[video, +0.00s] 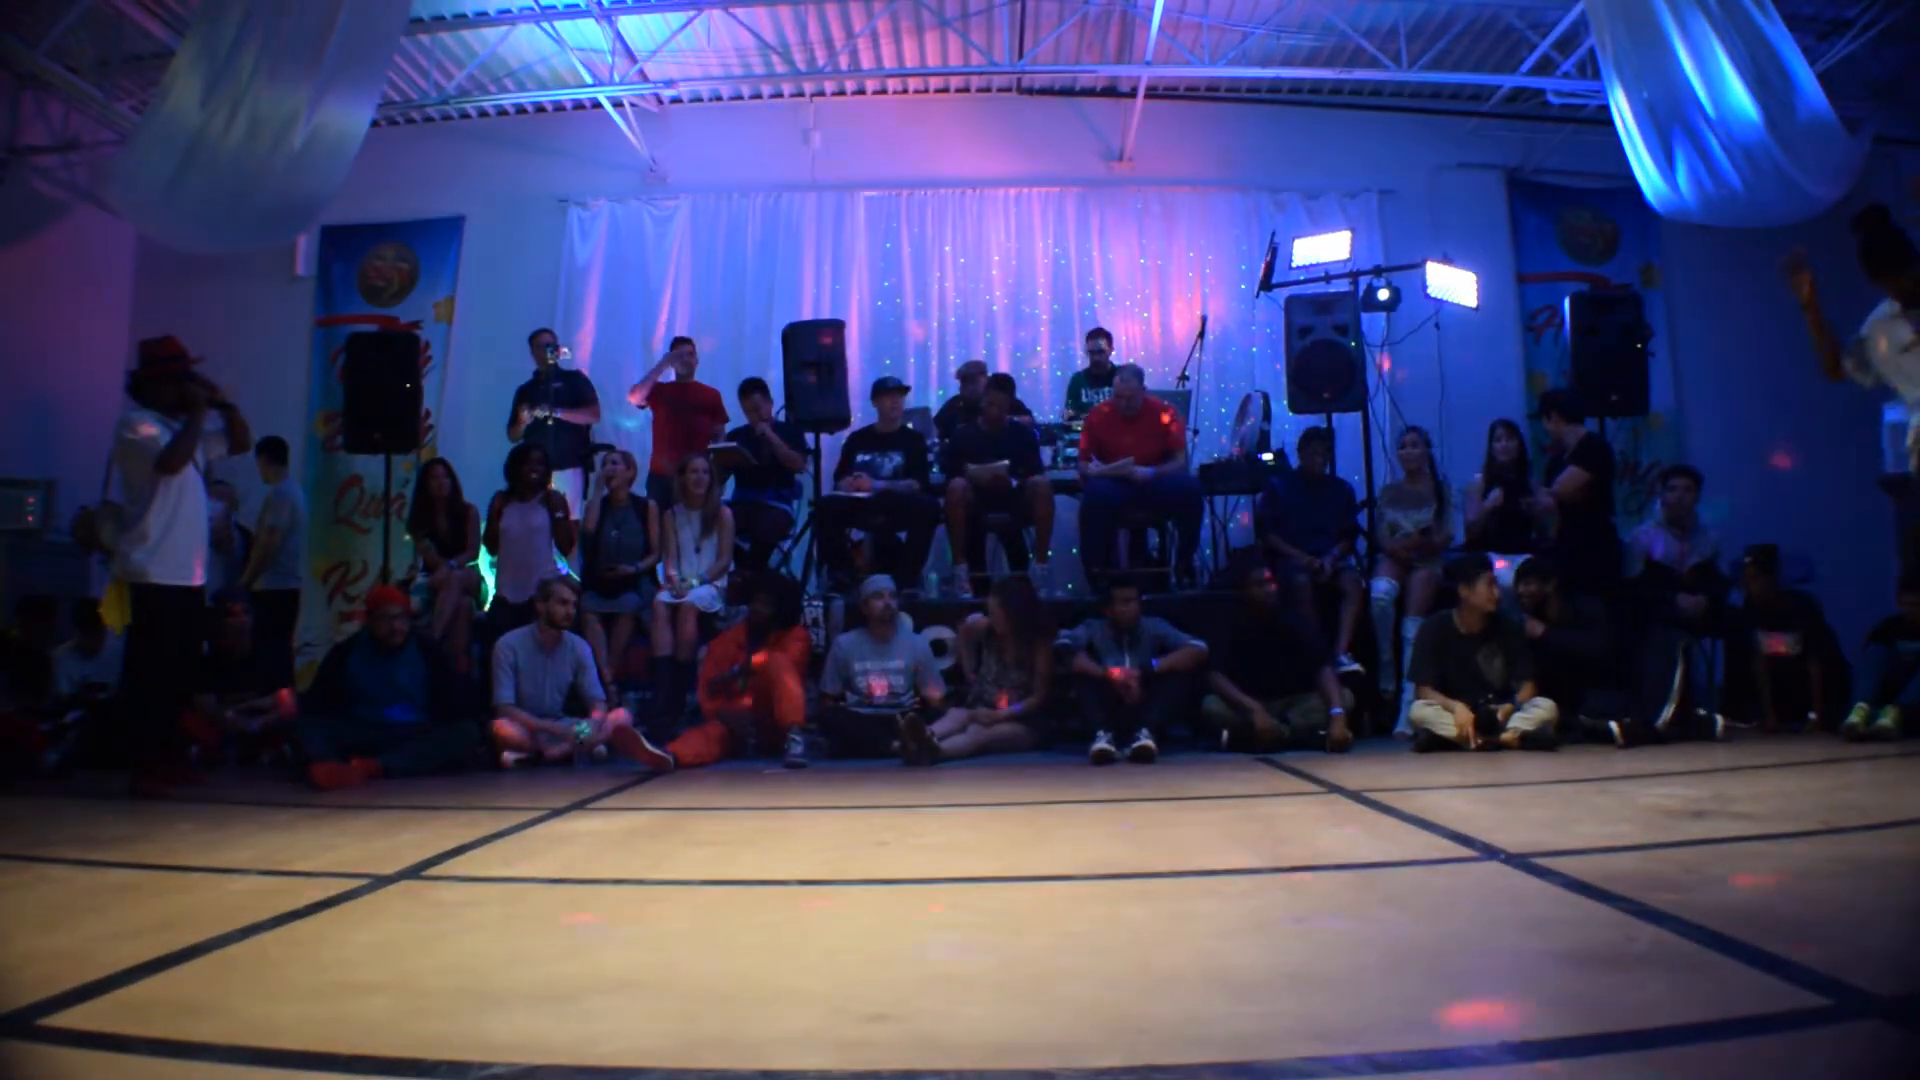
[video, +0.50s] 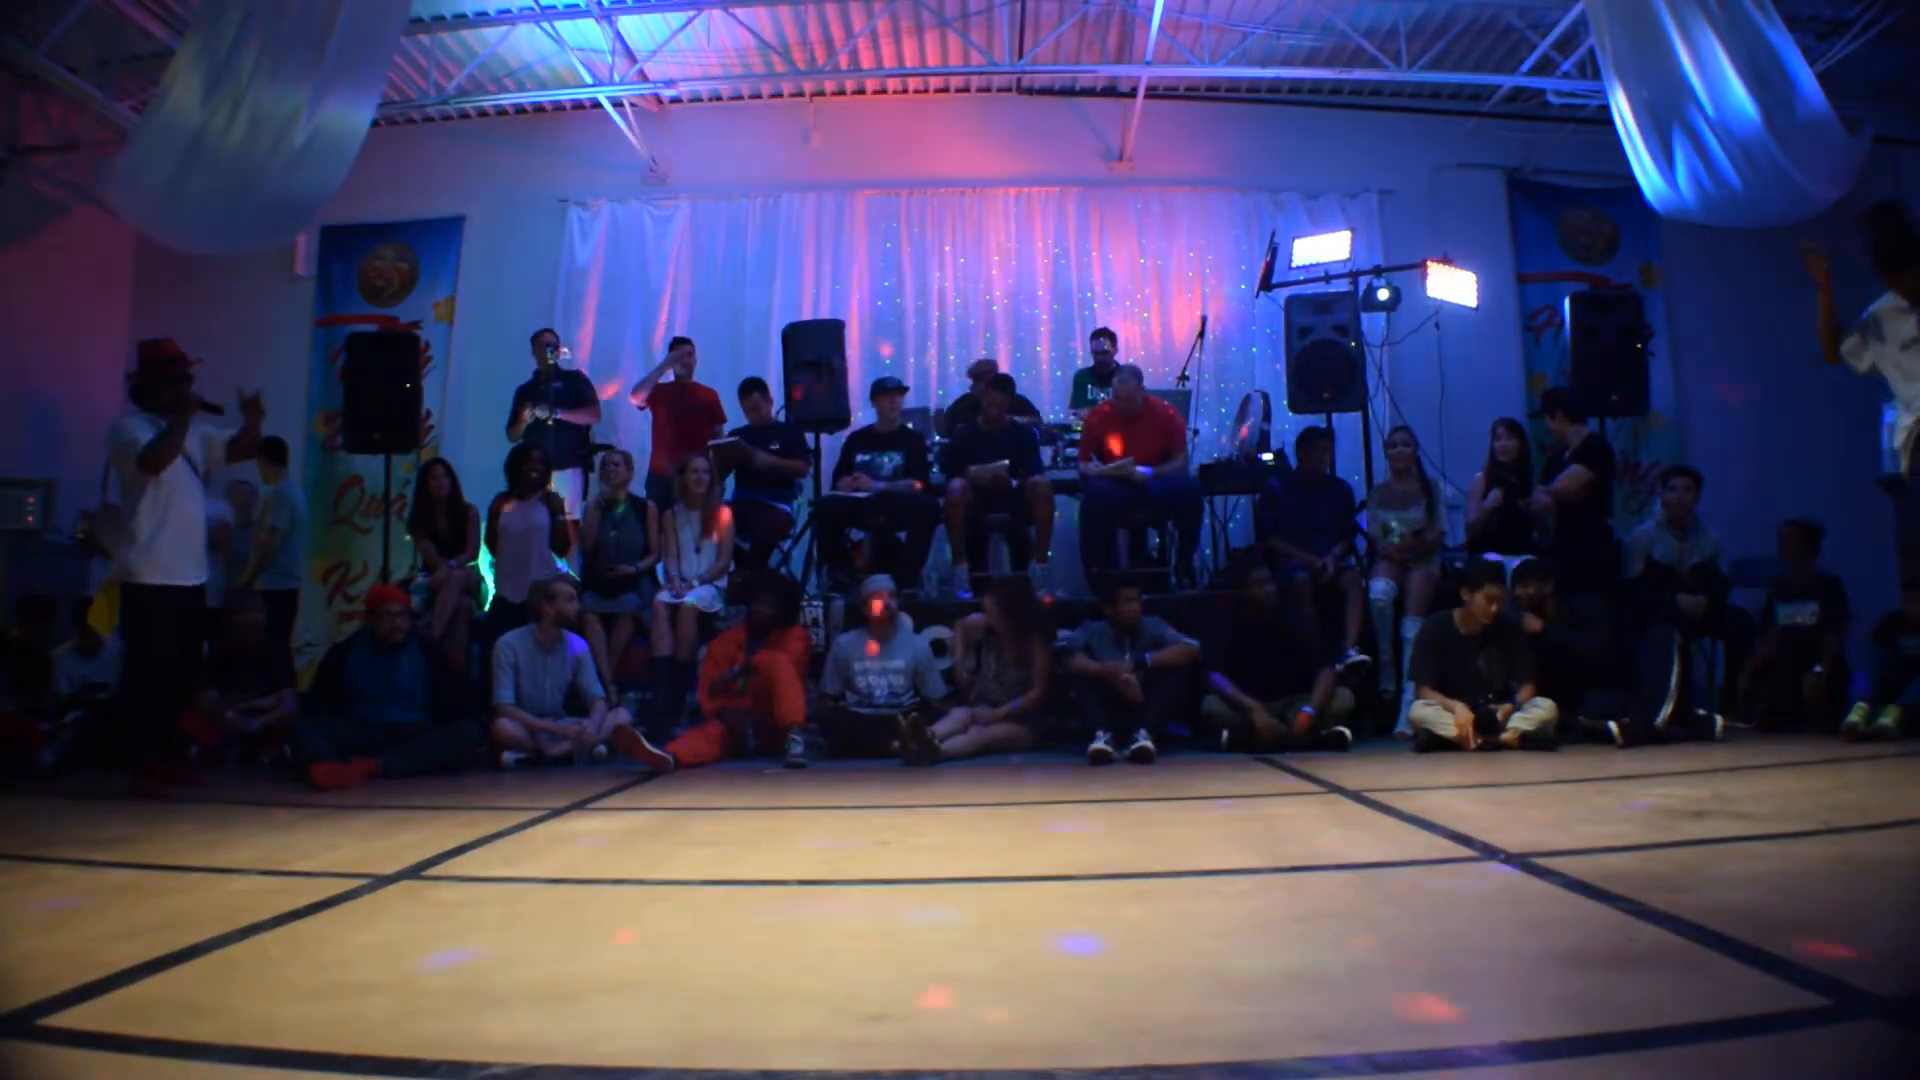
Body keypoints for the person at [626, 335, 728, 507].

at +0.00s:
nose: (685, 360)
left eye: (690, 355)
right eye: (679, 355)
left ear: (696, 360)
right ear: (671, 360)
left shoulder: (711, 395)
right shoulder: (659, 390)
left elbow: (719, 438)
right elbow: (635, 398)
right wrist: (664, 363)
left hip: (697, 480)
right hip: (662, 476)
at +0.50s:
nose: (685, 360)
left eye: (689, 355)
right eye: (680, 355)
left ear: (696, 360)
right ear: (670, 360)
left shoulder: (709, 395)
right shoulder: (659, 391)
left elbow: (718, 437)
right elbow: (636, 398)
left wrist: (717, 481)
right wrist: (666, 364)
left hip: (696, 479)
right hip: (662, 476)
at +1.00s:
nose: (686, 361)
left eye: (690, 356)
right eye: (680, 356)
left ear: (695, 360)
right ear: (669, 361)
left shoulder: (707, 397)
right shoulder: (657, 392)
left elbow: (716, 440)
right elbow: (628, 412)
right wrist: (653, 377)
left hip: (695, 478)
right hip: (661, 475)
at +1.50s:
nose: (677, 361)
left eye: (680, 355)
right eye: (671, 356)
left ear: (685, 360)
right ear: (659, 361)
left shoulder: (699, 395)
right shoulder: (646, 396)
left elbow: (709, 435)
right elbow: (635, 434)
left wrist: (712, 470)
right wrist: (644, 462)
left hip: (691, 477)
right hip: (656, 477)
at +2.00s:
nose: (673, 359)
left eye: (676, 354)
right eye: (667, 355)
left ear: (680, 359)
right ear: (655, 361)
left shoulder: (696, 393)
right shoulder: (642, 397)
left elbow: (707, 435)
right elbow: (630, 440)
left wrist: (709, 472)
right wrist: (624, 479)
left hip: (689, 478)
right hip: (654, 477)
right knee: (652, 536)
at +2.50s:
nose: (690, 357)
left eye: (693, 352)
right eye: (683, 352)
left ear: (697, 356)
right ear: (671, 358)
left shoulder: (711, 393)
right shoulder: (656, 393)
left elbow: (720, 432)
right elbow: (646, 434)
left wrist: (719, 466)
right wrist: (644, 472)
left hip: (702, 475)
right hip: (665, 474)